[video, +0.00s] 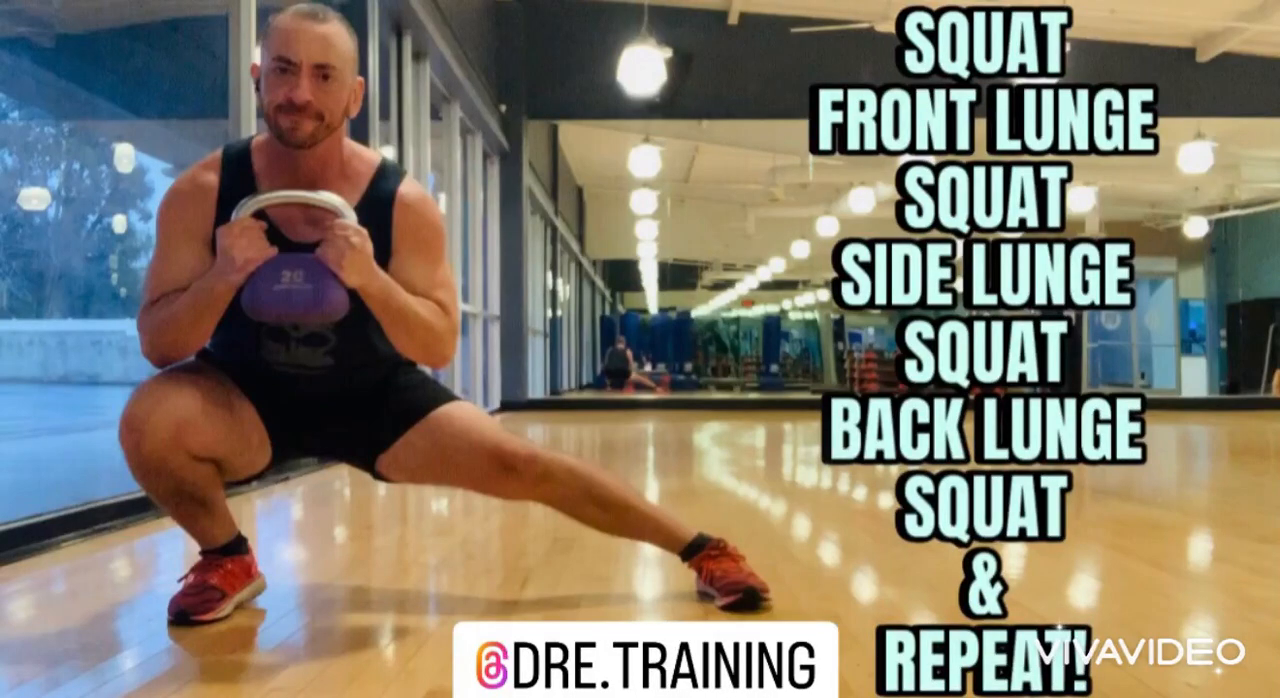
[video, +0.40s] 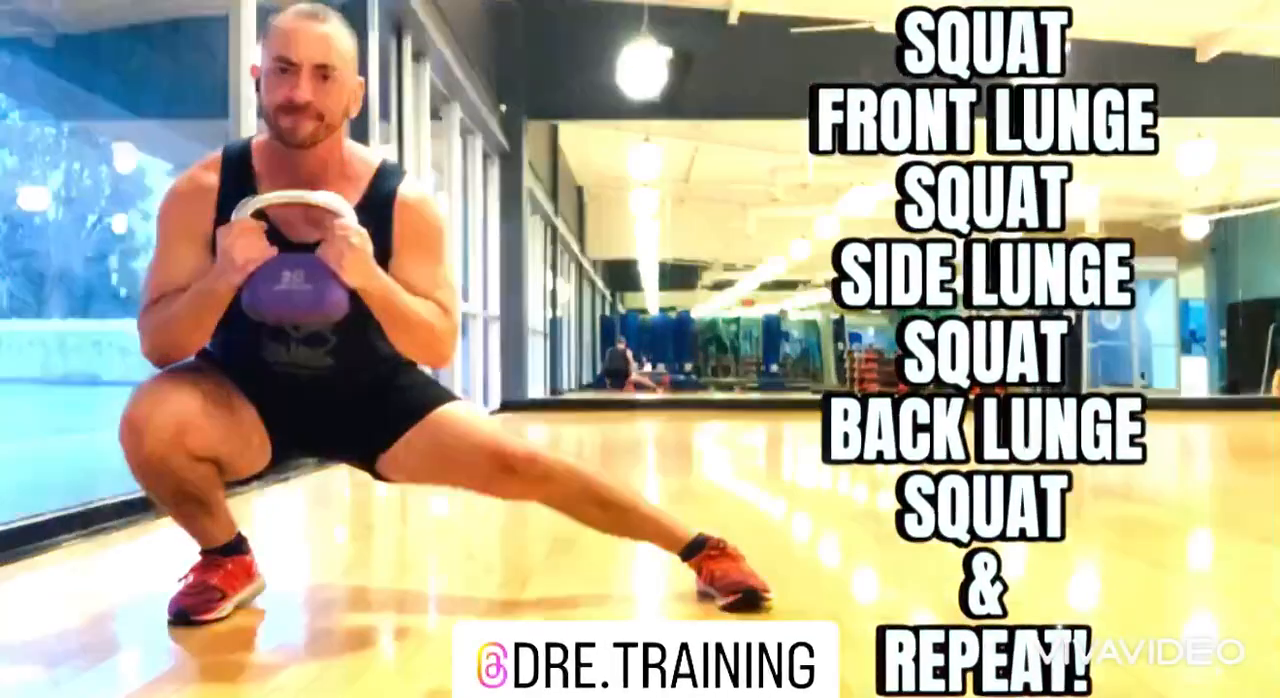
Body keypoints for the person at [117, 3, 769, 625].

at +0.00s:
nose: (298, 91)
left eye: (321, 74)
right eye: (282, 69)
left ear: (354, 91)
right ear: (257, 78)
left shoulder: (405, 205)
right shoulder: (201, 193)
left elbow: (437, 346)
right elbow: (161, 343)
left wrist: (367, 276)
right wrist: (222, 277)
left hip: (378, 398)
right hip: (253, 396)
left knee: (518, 464)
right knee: (148, 423)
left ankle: (696, 548)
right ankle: (225, 555)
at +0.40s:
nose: (299, 90)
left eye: (322, 73)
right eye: (282, 69)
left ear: (354, 90)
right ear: (257, 79)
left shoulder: (407, 209)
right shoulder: (200, 194)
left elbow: (437, 346)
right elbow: (161, 344)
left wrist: (365, 274)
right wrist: (221, 279)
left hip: (378, 399)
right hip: (252, 397)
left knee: (517, 462)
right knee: (149, 422)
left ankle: (696, 548)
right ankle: (226, 557)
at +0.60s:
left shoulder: (685, 11)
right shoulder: (564, 10)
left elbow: (712, 54)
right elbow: (529, 39)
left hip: (683, 157)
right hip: (575, 156)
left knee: (697, 351)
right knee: (571, 354)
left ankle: (715, 528)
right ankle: (560, 533)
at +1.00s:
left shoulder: (730, 3)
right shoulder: (552, 2)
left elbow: (748, 103)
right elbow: (537, 111)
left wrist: (695, 12)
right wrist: (578, 15)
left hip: (689, 197)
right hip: (585, 196)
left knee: (720, 352)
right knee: (556, 353)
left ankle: (716, 536)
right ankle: (559, 533)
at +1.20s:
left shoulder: (729, 71)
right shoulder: (556, 70)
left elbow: (744, 201)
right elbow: (532, 206)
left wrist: (696, 106)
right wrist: (579, 113)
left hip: (687, 272)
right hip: (585, 271)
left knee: (726, 368)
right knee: (546, 374)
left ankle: (716, 536)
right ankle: (559, 536)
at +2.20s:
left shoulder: (763, 1)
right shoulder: (577, 2)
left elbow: (780, 108)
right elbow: (556, 114)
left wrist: (726, 14)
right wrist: (604, 14)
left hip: (709, 205)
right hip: (601, 202)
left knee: (726, 377)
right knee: (566, 366)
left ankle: (715, 537)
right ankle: (562, 528)